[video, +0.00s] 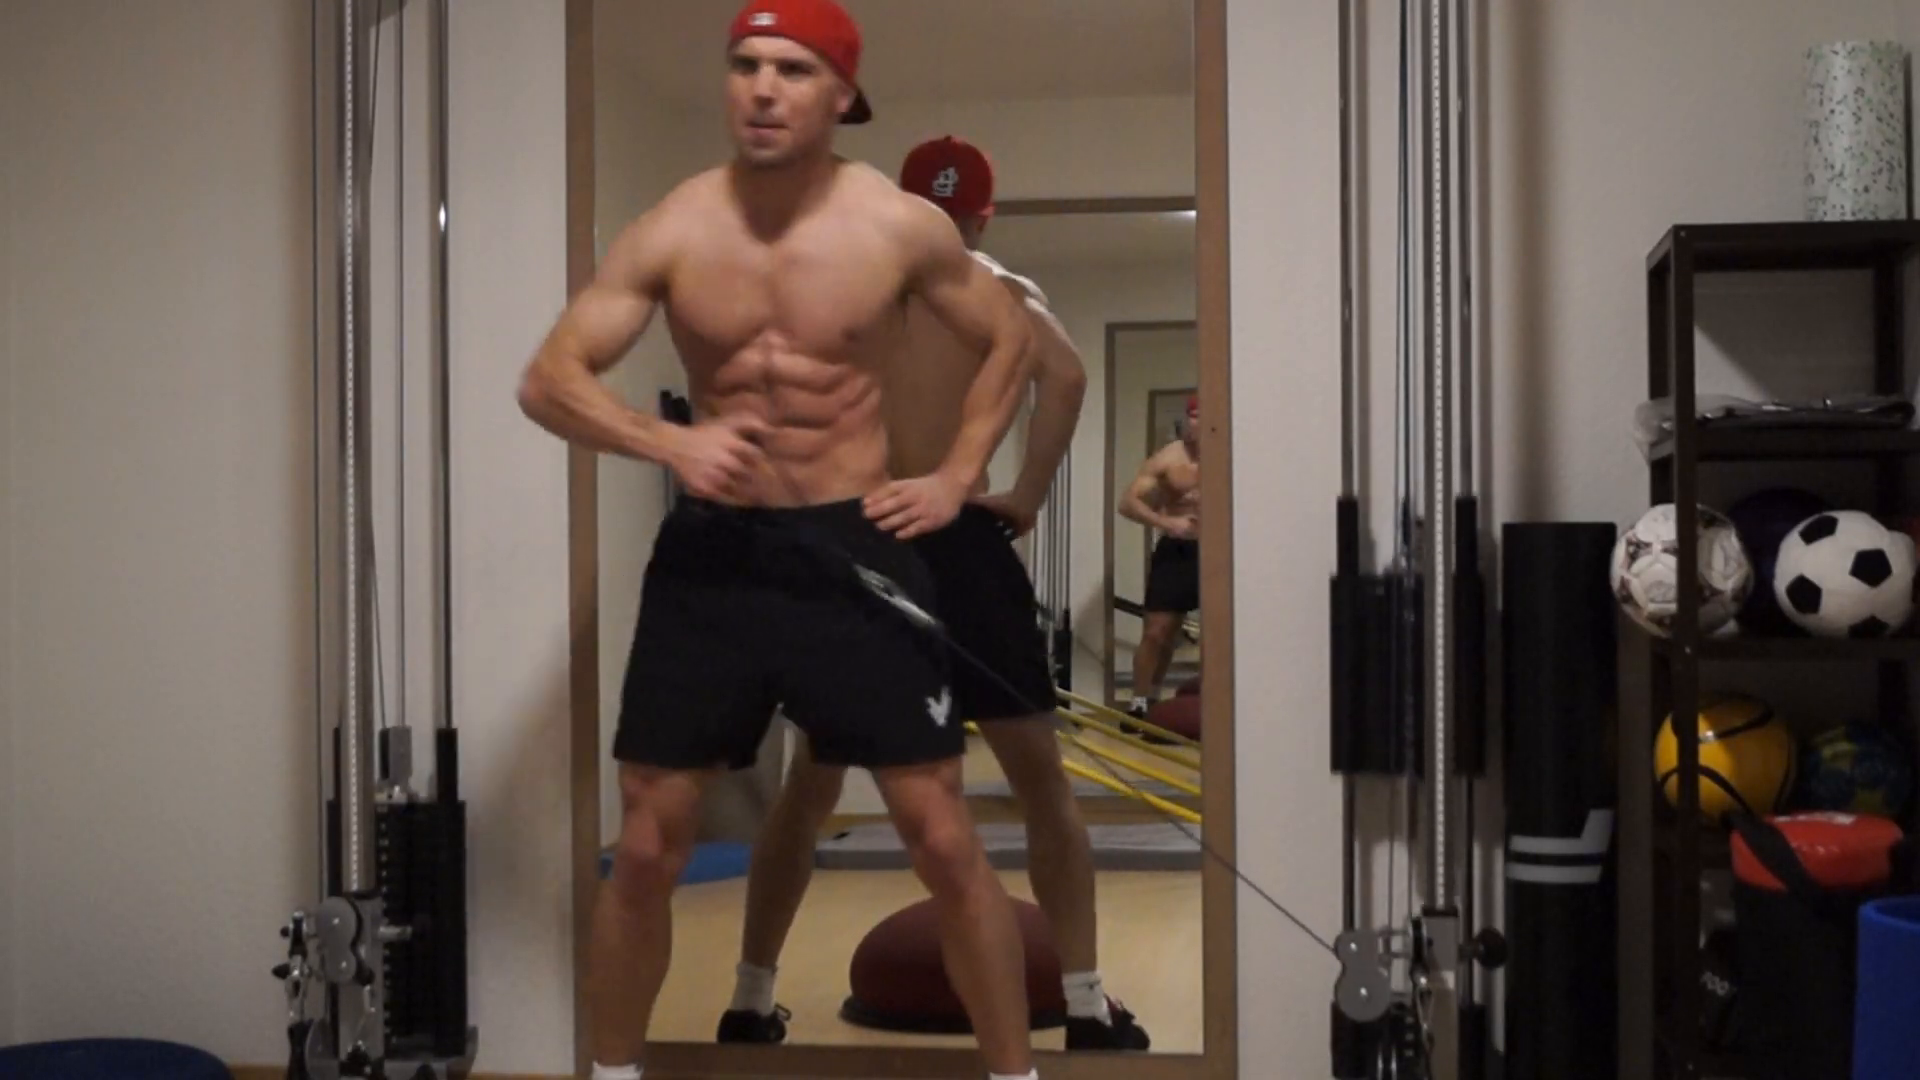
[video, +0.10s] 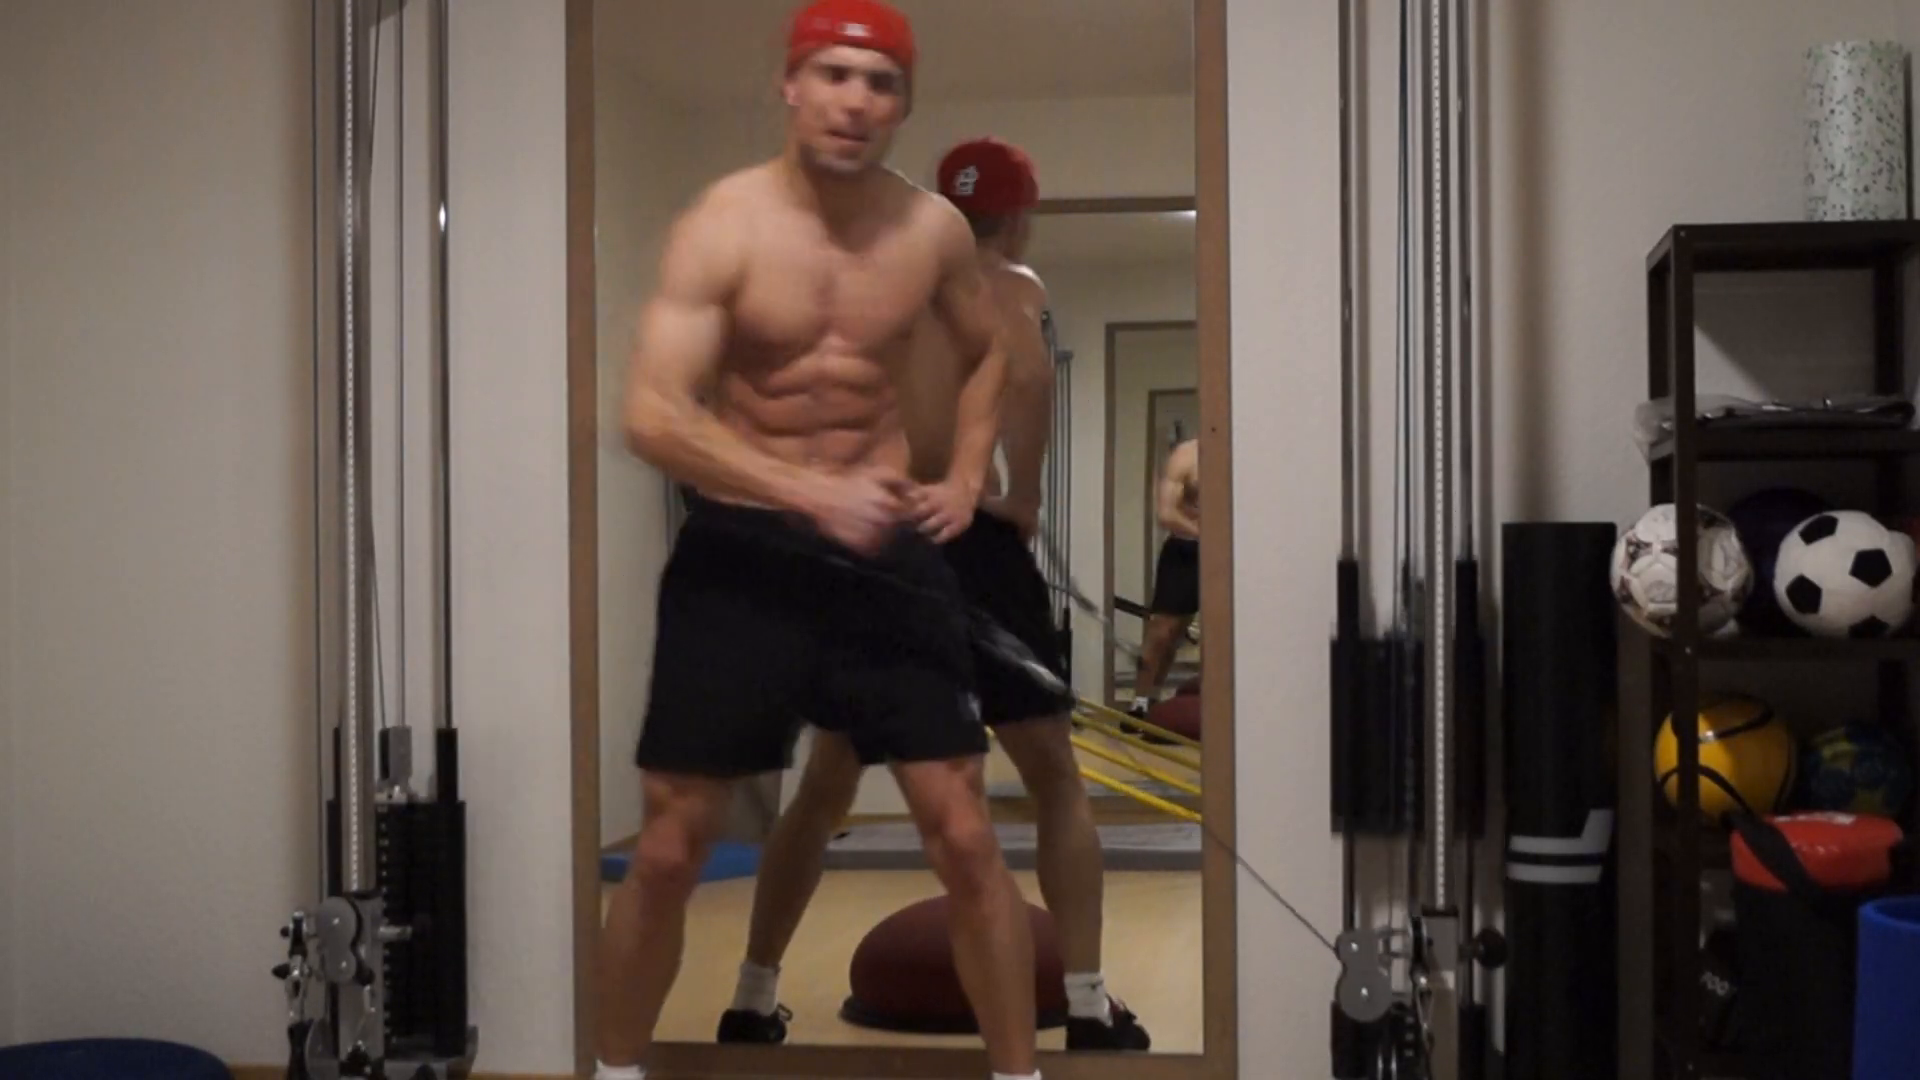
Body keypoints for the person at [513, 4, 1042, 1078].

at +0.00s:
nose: (761, 90)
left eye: (791, 71)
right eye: (746, 67)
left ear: (842, 97)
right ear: (724, 86)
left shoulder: (900, 225)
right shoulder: (672, 228)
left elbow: (1015, 337)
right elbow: (549, 380)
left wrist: (958, 474)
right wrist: (669, 439)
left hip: (858, 559)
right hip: (709, 560)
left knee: (943, 843)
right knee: (643, 849)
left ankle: (1013, 1072)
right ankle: (612, 1073)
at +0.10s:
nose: (854, 103)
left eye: (879, 85)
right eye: (833, 77)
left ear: (902, 109)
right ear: (789, 89)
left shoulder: (932, 230)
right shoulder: (722, 224)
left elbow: (987, 351)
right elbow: (653, 413)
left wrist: (964, 477)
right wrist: (812, 488)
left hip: (886, 549)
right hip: (737, 552)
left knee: (966, 837)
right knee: (667, 848)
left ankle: (1018, 1071)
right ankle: (613, 1073)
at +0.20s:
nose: (922, 123)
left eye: (938, 104)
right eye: (899, 96)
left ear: (946, 116)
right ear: (832, 95)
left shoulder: (940, 233)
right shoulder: (759, 223)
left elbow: (964, 365)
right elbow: (746, 441)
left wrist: (956, 476)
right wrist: (910, 521)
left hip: (892, 558)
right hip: (753, 562)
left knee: (973, 836)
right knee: (678, 852)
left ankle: (1020, 1070)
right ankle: (616, 1071)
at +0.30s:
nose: (984, 158)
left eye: (992, 133)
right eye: (966, 128)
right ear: (887, 116)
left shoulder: (919, 258)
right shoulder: (809, 235)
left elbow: (918, 442)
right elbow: (871, 451)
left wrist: (1008, 561)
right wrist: (1008, 565)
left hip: (889, 564)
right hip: (761, 566)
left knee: (975, 832)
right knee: (684, 860)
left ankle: (1021, 1073)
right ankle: (617, 1071)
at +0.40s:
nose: (998, 176)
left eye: (1006, 151)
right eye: (983, 146)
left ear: (930, 139)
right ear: (903, 130)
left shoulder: (921, 246)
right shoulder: (835, 248)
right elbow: (935, 465)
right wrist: (1047, 596)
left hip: (881, 565)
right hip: (760, 568)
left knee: (972, 835)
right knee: (683, 865)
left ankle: (1019, 1072)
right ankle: (616, 1070)